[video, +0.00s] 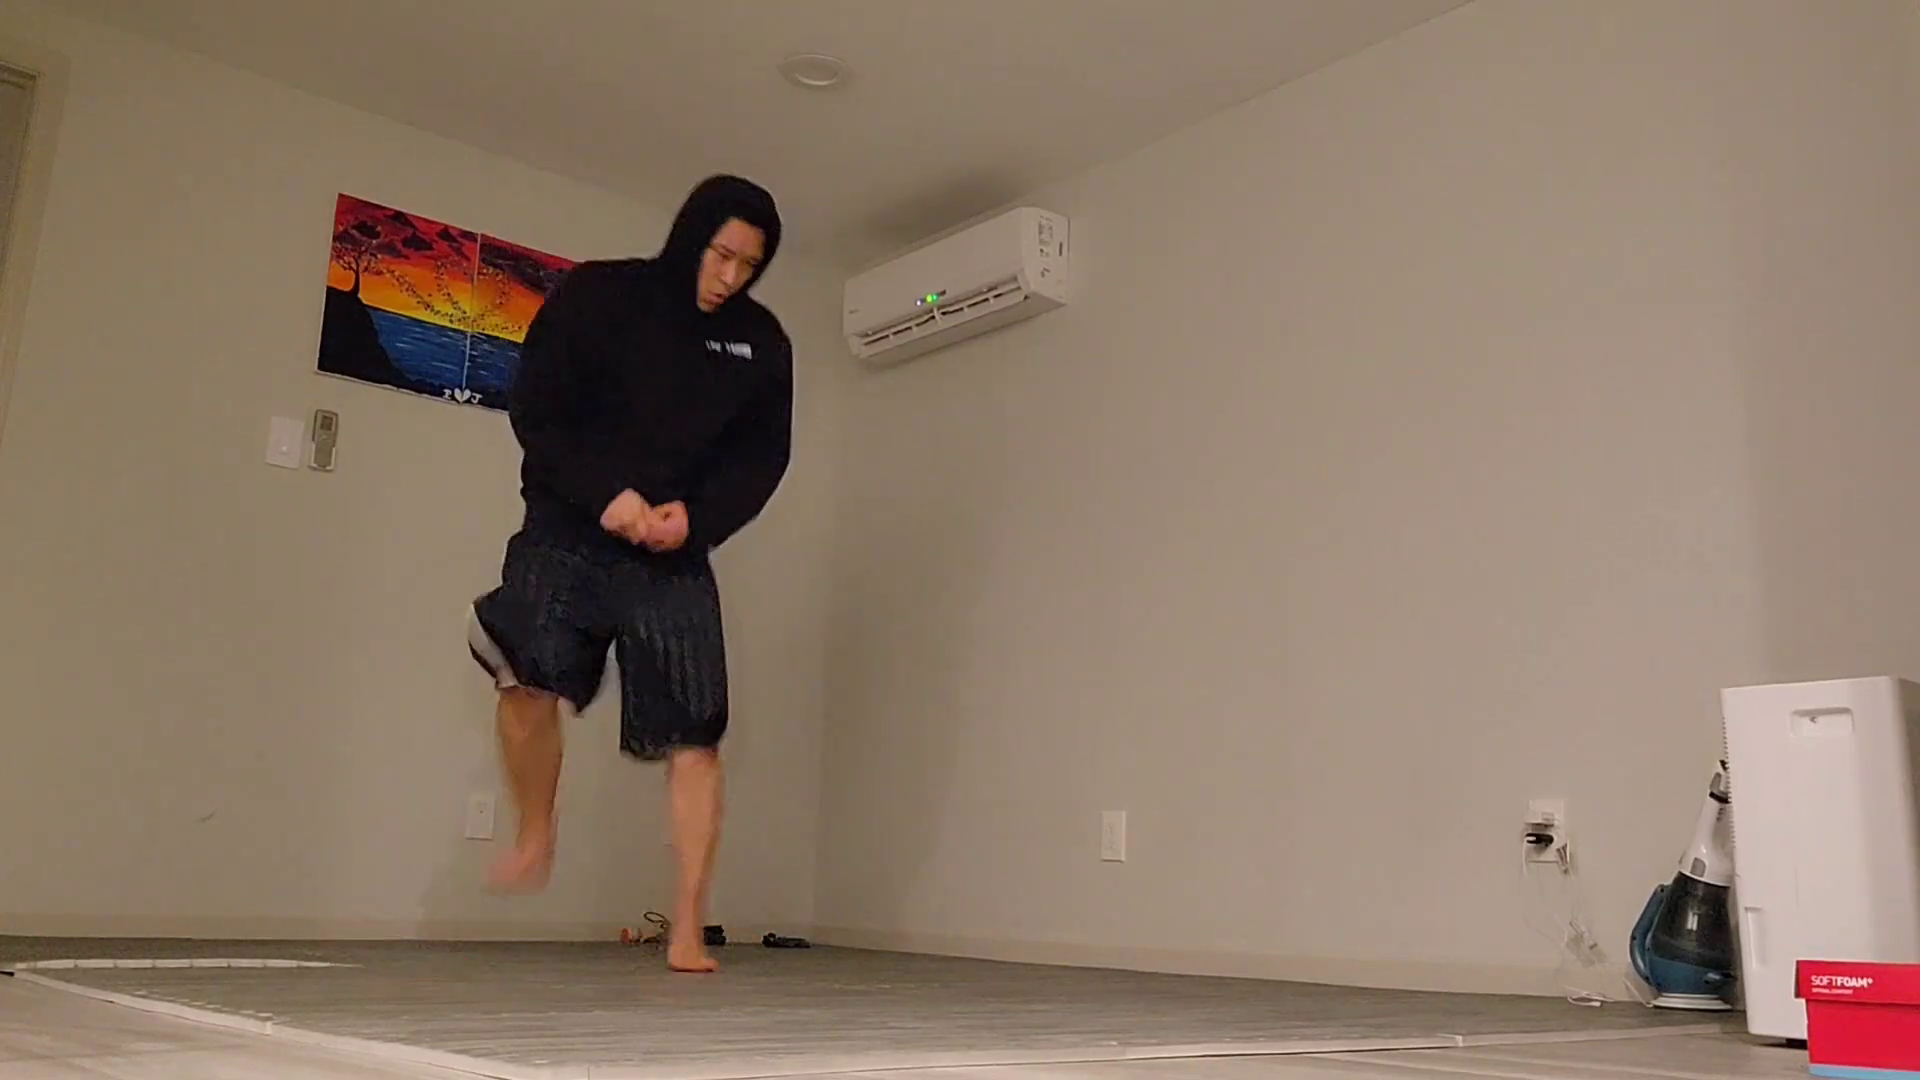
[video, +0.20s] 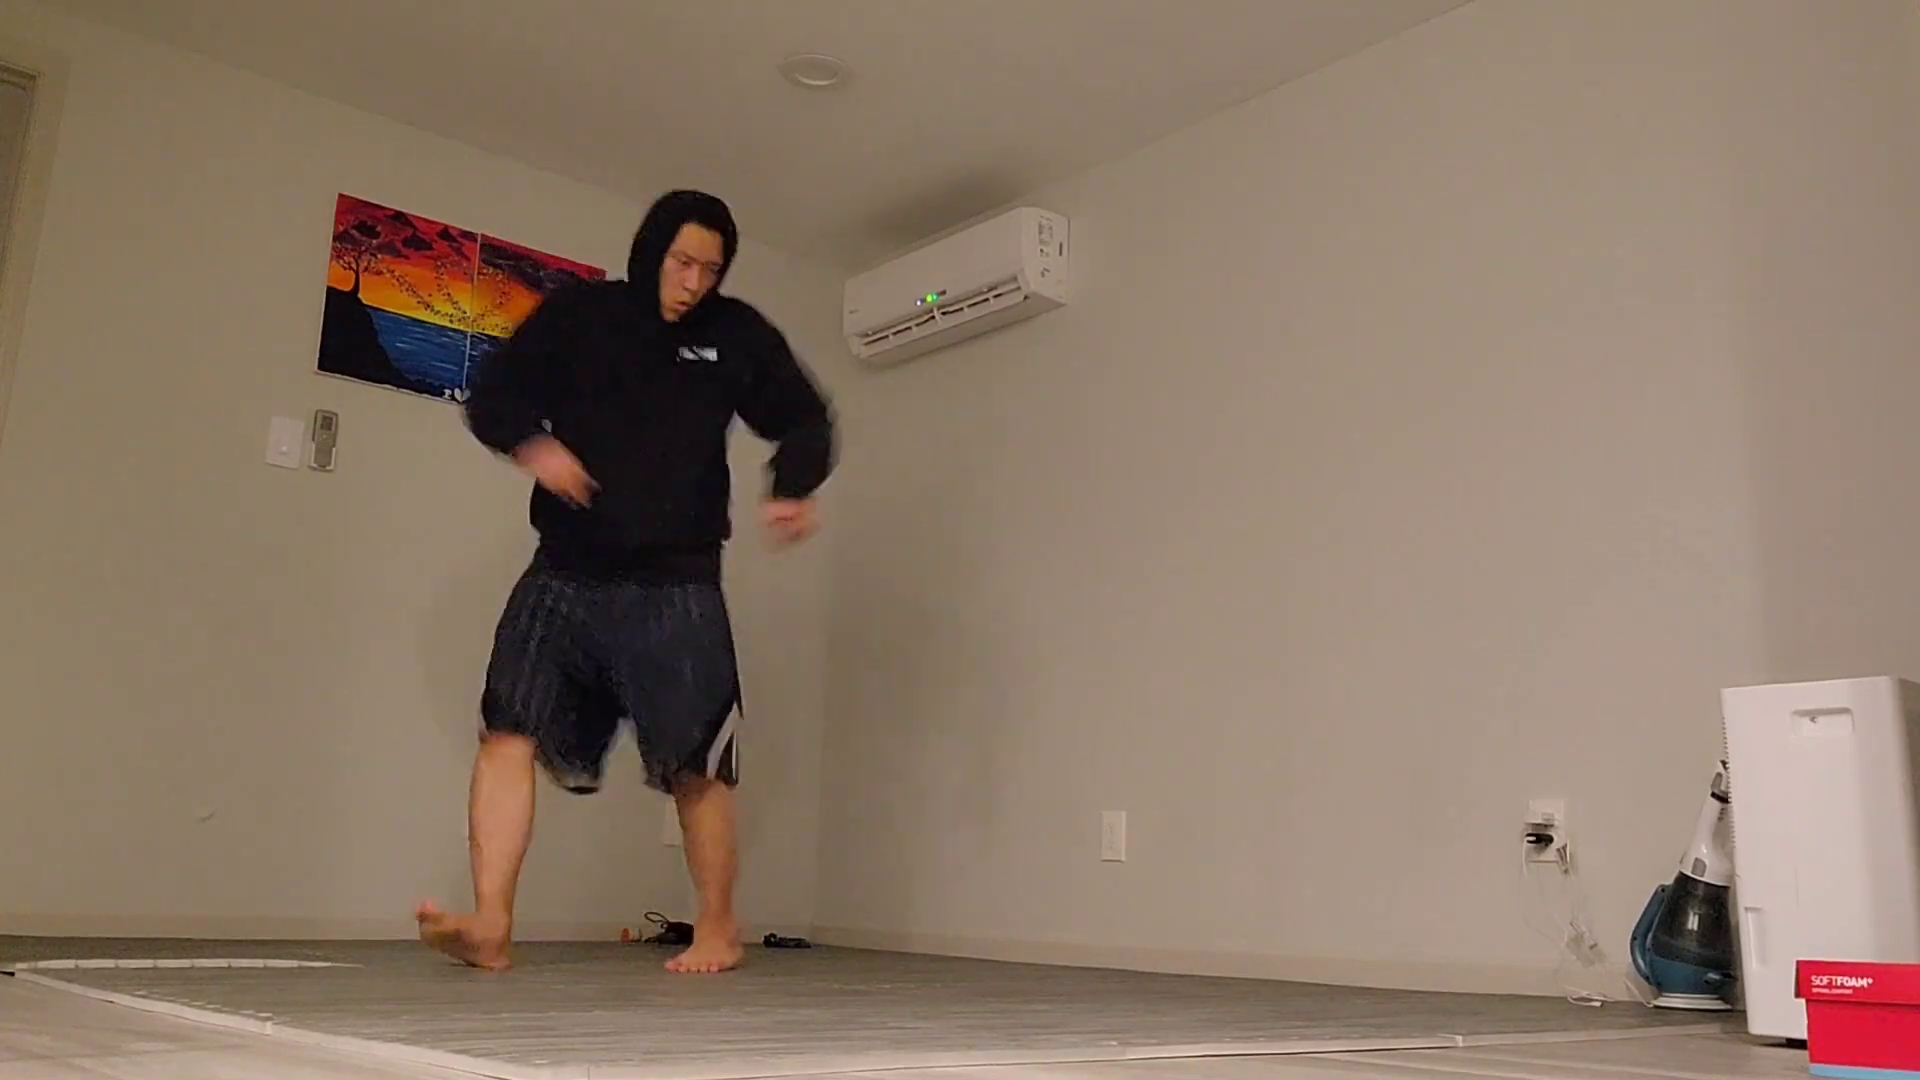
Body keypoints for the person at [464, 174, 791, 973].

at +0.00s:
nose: (730, 275)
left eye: (747, 263)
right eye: (721, 254)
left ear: (759, 266)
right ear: (687, 239)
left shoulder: (760, 341)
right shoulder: (596, 294)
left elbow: (764, 456)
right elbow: (535, 411)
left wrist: (697, 518)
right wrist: (606, 495)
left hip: (677, 551)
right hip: (569, 532)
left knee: (697, 734)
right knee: (527, 681)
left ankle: (688, 925)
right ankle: (533, 833)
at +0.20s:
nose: (694, 279)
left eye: (710, 268)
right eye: (684, 260)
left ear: (722, 272)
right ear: (651, 250)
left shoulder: (737, 335)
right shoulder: (578, 312)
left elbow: (804, 417)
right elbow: (490, 396)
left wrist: (793, 486)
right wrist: (536, 448)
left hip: (677, 584)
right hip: (566, 575)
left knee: (698, 765)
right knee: (509, 732)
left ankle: (717, 932)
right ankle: (489, 923)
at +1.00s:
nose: (643, 296)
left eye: (656, 286)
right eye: (634, 277)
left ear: (662, 292)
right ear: (594, 267)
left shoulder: (656, 367)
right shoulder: (517, 328)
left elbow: (704, 447)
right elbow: (426, 410)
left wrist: (768, 513)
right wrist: (497, 487)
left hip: (612, 577)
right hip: (521, 559)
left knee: (637, 740)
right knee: (528, 727)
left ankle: (563, 886)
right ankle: (486, 892)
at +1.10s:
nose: (626, 312)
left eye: (638, 299)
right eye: (614, 295)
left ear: (648, 301)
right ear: (575, 288)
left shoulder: (646, 377)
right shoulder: (506, 353)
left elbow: (674, 473)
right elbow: (433, 451)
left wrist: (712, 564)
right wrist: (511, 522)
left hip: (608, 599)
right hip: (512, 596)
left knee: (624, 735)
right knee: (497, 758)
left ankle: (545, 891)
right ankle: (473, 923)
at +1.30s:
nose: (644, 299)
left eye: (658, 287)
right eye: (636, 279)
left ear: (667, 290)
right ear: (599, 266)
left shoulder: (650, 355)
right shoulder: (523, 318)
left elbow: (651, 457)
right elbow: (447, 407)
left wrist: (660, 549)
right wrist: (510, 493)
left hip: (610, 564)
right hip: (524, 551)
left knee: (625, 722)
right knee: (508, 723)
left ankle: (561, 890)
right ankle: (482, 904)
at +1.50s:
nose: (660, 321)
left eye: (669, 310)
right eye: (654, 303)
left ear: (669, 311)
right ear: (618, 287)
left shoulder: (641, 375)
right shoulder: (545, 332)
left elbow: (656, 465)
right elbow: (494, 408)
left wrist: (708, 529)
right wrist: (560, 502)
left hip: (604, 568)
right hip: (529, 553)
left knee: (612, 729)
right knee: (559, 714)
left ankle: (545, 906)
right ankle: (547, 912)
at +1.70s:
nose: (661, 372)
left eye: (672, 363)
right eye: (658, 353)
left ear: (671, 366)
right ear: (622, 334)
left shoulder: (639, 422)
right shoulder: (548, 381)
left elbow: (661, 515)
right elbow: (524, 475)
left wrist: (723, 587)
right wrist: (646, 492)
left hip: (591, 595)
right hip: (520, 578)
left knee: (605, 759)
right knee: (577, 714)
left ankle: (537, 913)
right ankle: (566, 912)